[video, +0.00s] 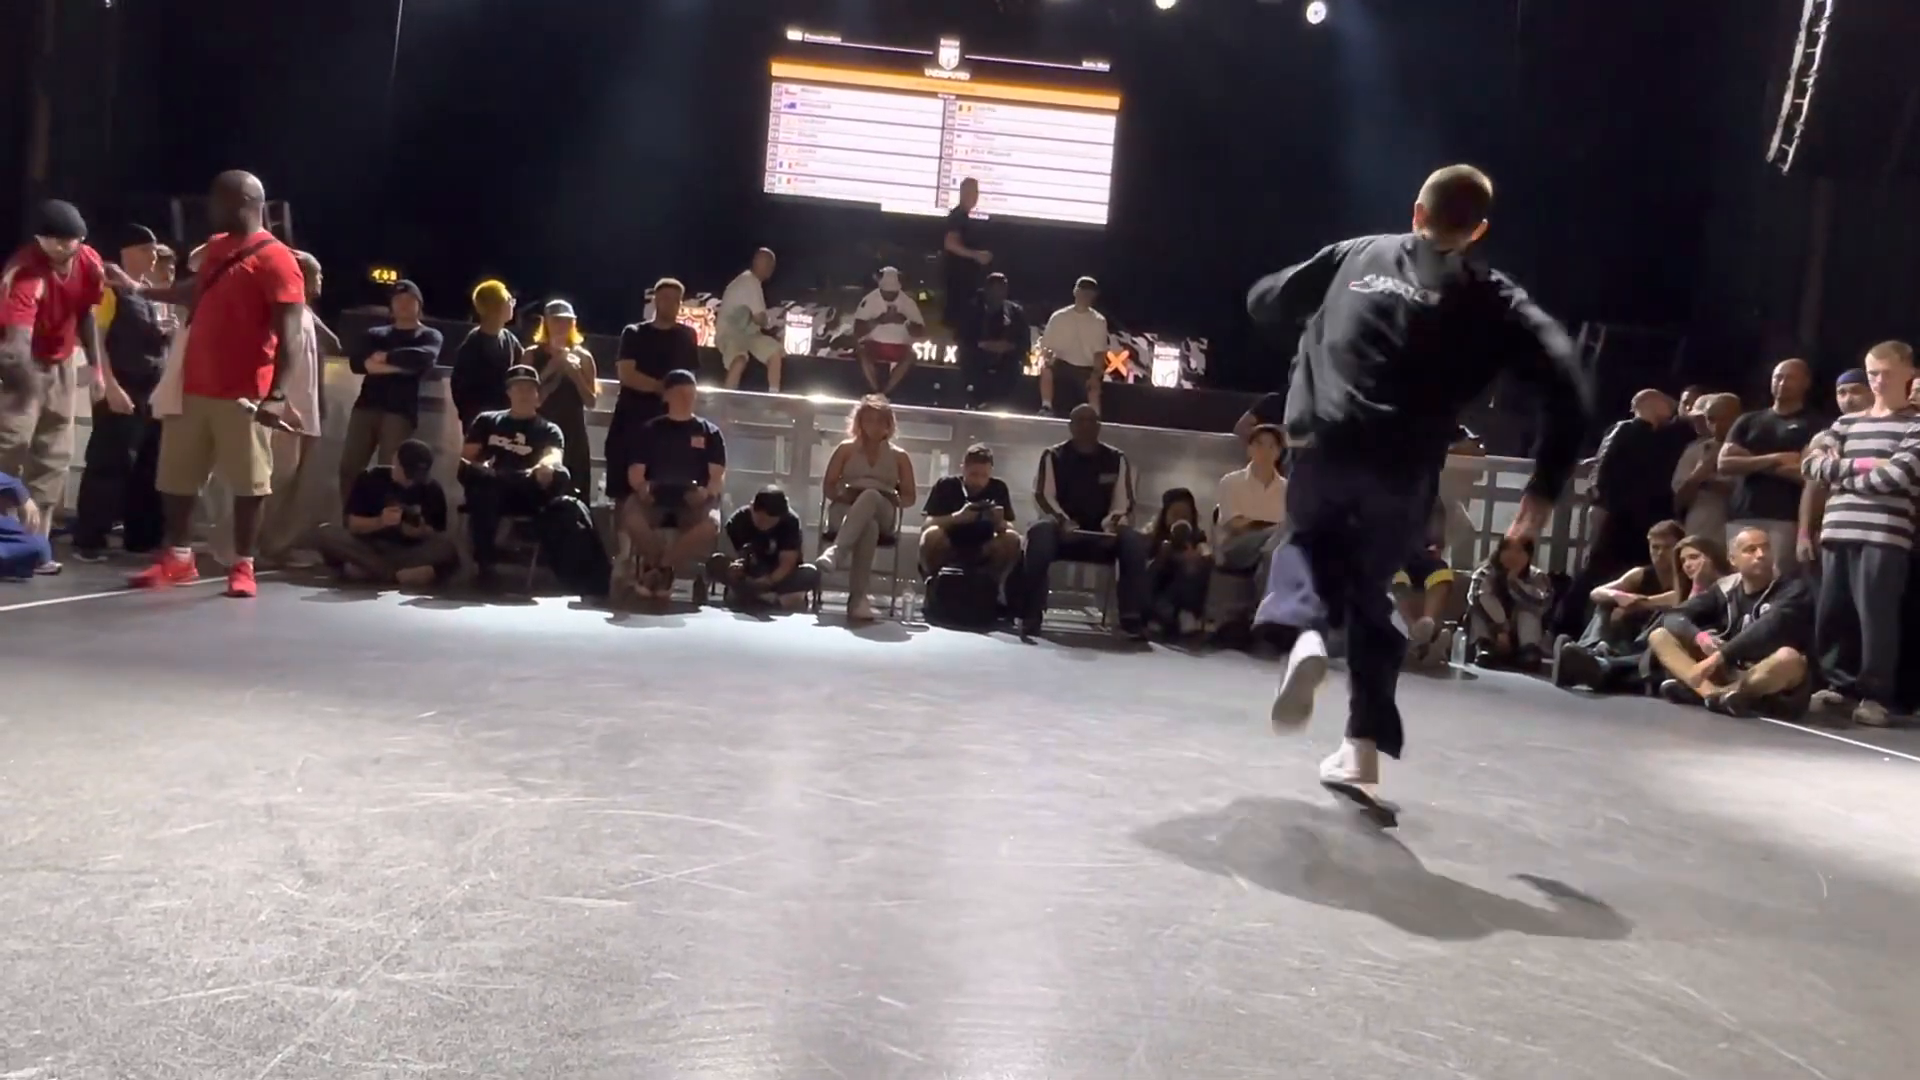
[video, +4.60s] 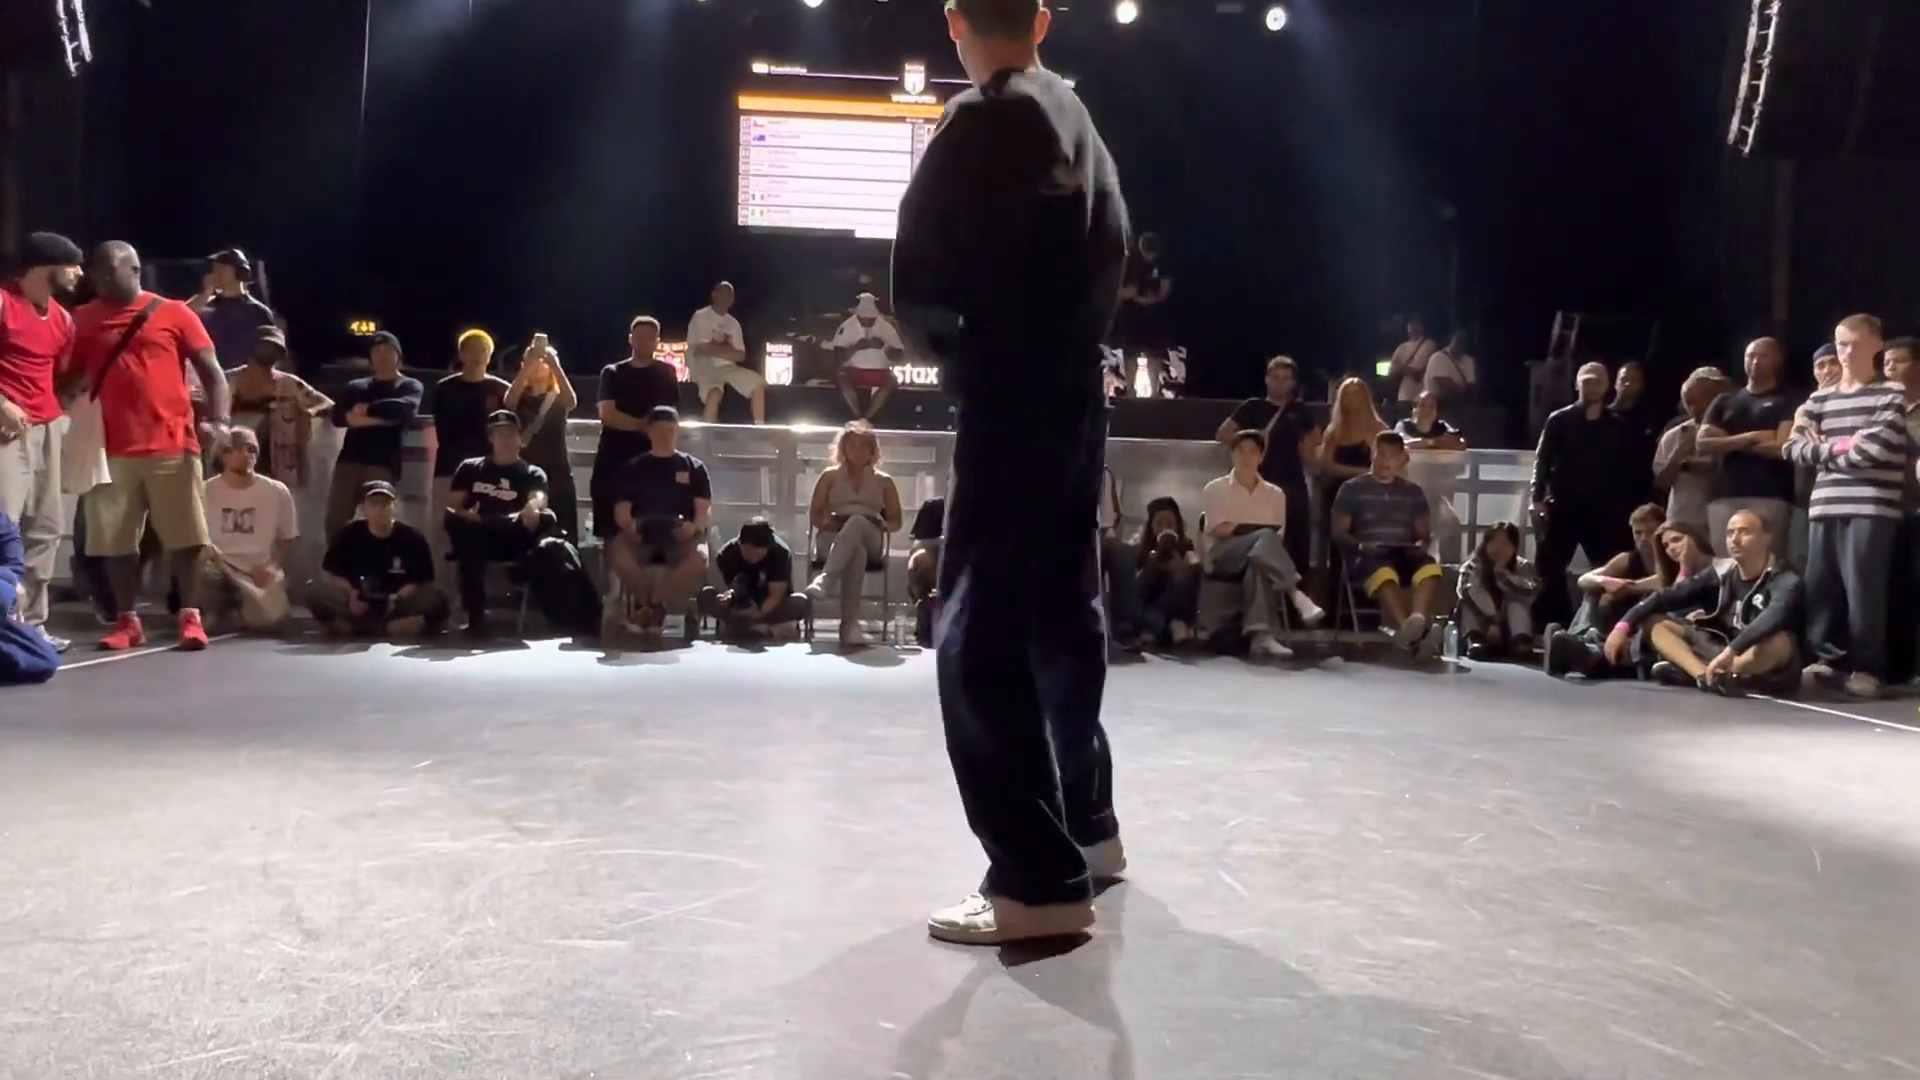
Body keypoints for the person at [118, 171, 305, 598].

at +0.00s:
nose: (211, 208)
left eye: (218, 200)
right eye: (212, 200)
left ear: (244, 203)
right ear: (244, 204)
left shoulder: (277, 259)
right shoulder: (215, 249)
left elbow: (291, 335)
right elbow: (197, 292)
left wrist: (279, 394)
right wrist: (139, 290)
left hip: (244, 396)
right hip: (192, 390)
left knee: (249, 486)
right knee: (176, 478)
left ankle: (243, 566)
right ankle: (177, 557)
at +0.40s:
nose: (184, 211)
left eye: (191, 202)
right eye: (183, 203)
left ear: (223, 202)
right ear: (188, 207)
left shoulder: (255, 256)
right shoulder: (186, 250)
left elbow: (272, 325)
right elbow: (160, 283)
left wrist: (264, 385)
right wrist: (107, 258)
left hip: (228, 389)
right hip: (175, 387)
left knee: (238, 480)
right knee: (172, 475)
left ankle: (239, 565)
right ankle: (179, 560)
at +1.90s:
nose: (190, 212)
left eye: (199, 204)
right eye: (188, 205)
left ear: (226, 207)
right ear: (186, 211)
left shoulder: (254, 263)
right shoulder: (169, 254)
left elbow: (270, 330)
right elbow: (128, 288)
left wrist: (265, 387)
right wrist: (96, 253)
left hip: (223, 393)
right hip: (161, 388)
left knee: (230, 485)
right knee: (145, 480)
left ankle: (224, 565)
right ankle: (137, 560)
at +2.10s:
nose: (161, 213)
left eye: (169, 205)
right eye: (159, 207)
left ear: (194, 207)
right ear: (158, 213)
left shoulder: (227, 259)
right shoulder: (141, 258)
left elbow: (251, 324)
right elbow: (99, 306)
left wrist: (259, 385)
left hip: (206, 395)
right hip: (143, 394)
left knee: (216, 488)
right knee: (136, 487)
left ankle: (219, 569)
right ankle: (133, 566)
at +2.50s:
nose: (112, 224)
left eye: (118, 216)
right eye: (106, 218)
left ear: (140, 217)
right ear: (101, 226)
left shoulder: (180, 261)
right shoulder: (95, 270)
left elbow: (215, 321)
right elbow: (69, 335)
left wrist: (236, 378)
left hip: (181, 403)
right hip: (120, 405)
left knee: (191, 497)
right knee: (120, 498)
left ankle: (197, 574)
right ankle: (125, 575)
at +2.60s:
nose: (106, 228)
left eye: (111, 219)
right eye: (98, 222)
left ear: (129, 219)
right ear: (92, 229)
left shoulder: (171, 261)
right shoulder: (86, 272)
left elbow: (209, 321)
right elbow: (68, 333)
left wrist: (228, 375)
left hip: (177, 403)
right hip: (116, 406)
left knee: (185, 494)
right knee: (116, 497)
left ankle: (183, 574)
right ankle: (121, 576)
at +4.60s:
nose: (98, 278)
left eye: (106, 269)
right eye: (96, 271)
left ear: (132, 268)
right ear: (96, 275)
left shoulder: (174, 313)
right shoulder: (84, 321)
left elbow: (214, 375)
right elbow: (66, 387)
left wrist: (221, 421)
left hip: (172, 447)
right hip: (113, 451)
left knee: (187, 537)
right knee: (117, 543)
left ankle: (189, 615)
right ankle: (126, 621)